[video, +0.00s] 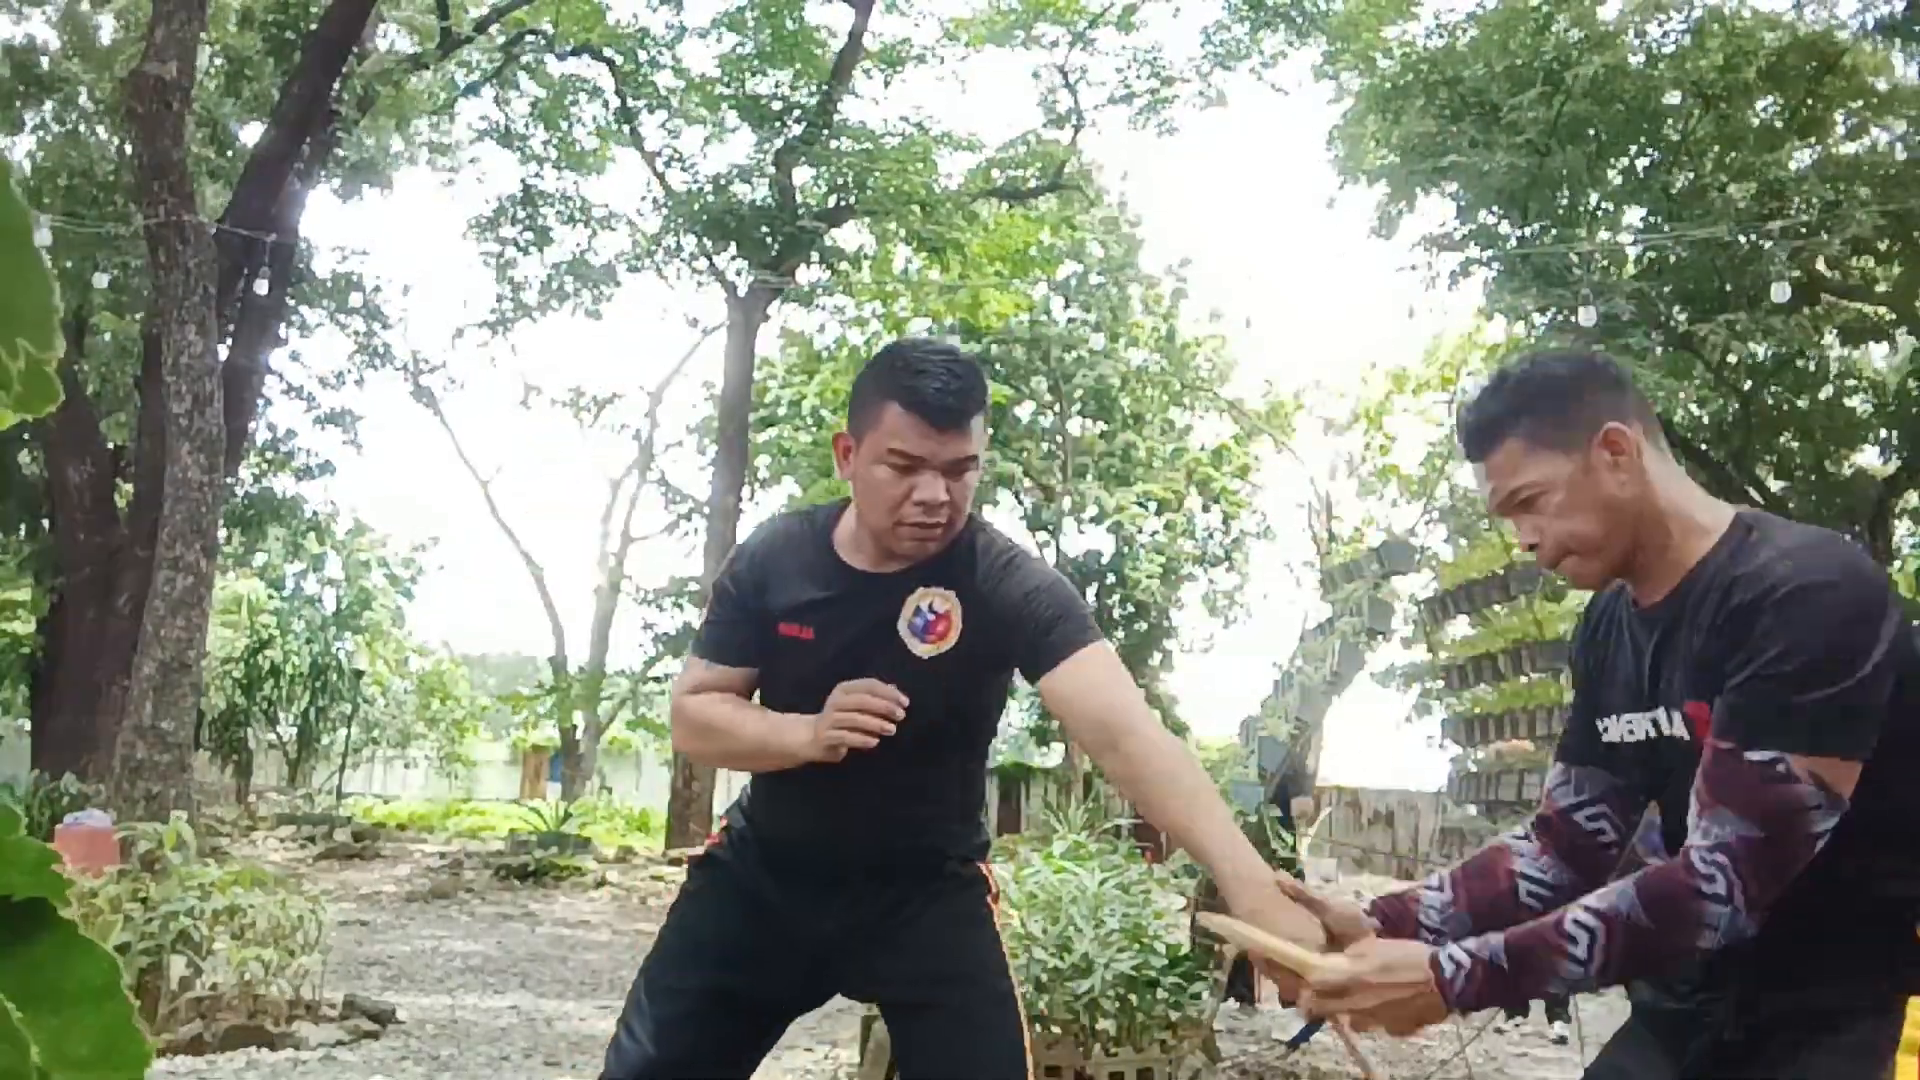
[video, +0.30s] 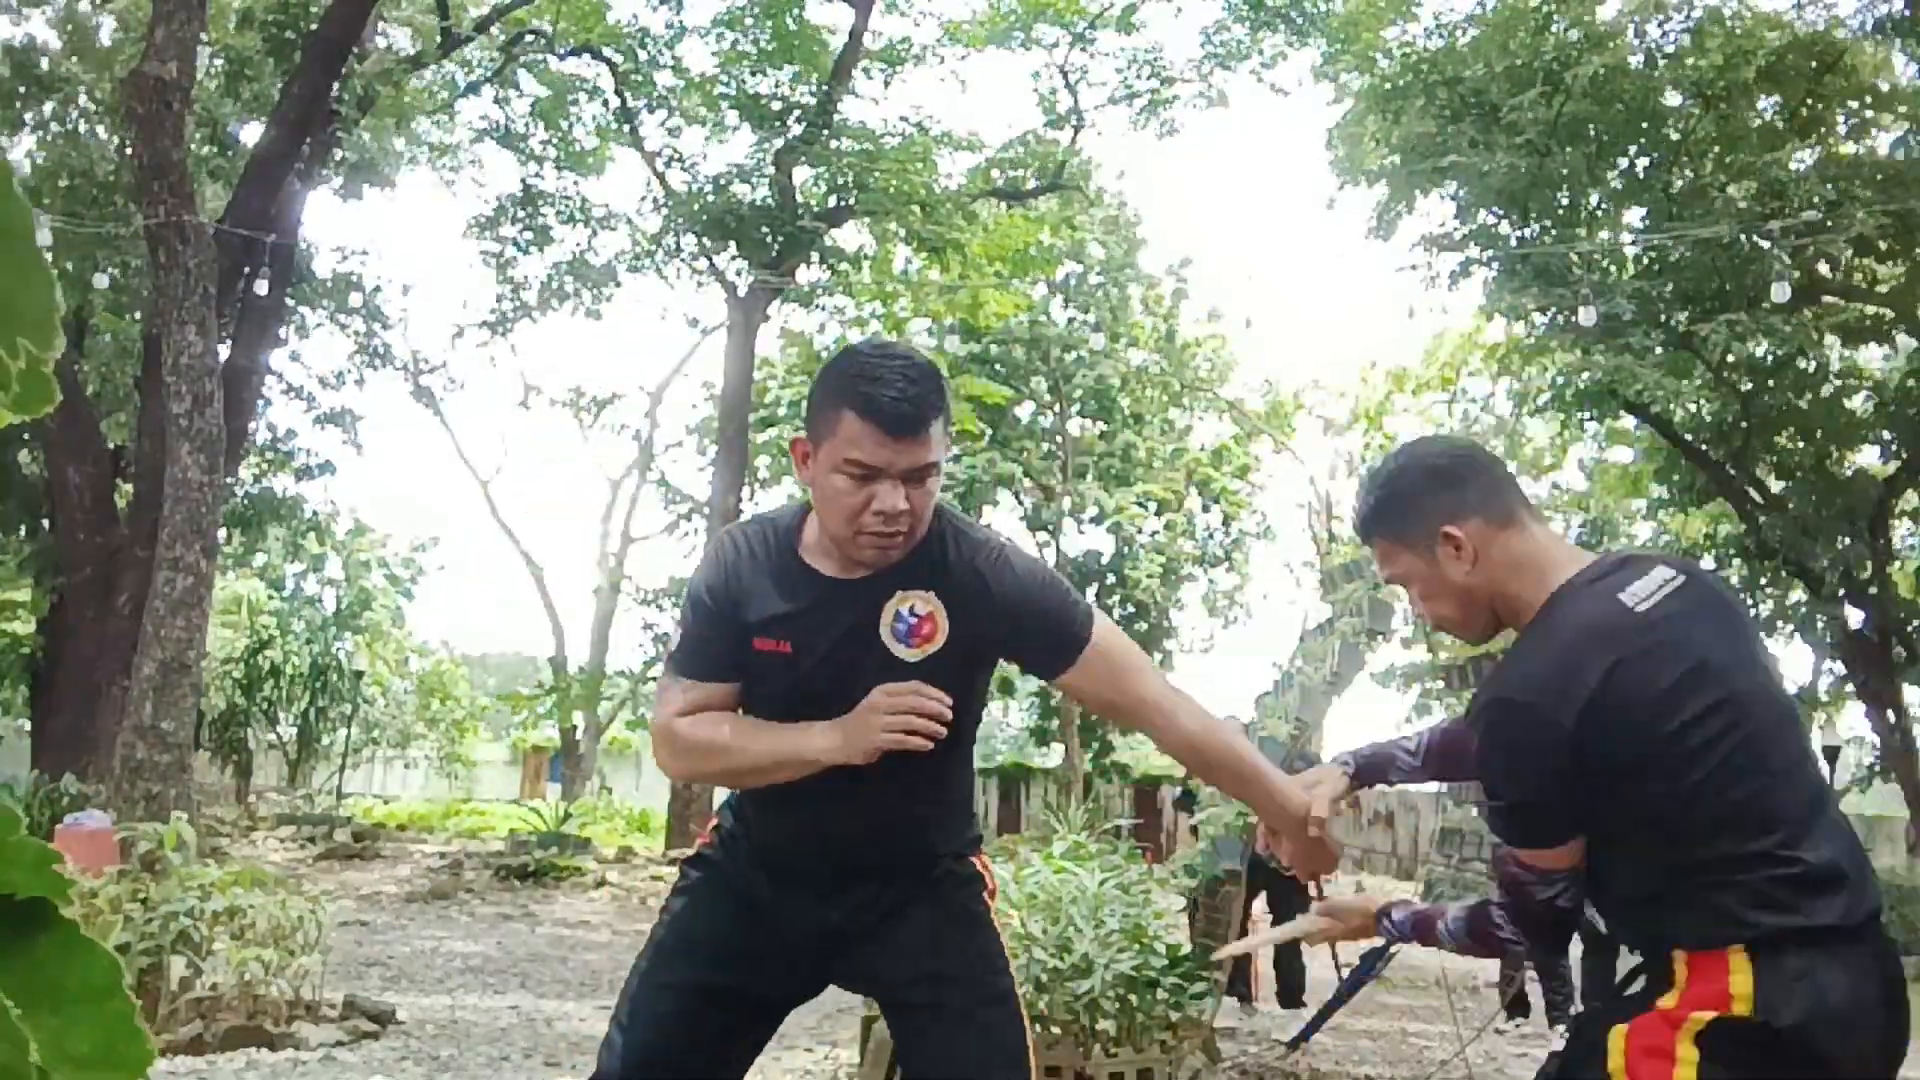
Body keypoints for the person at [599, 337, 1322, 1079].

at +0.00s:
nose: (936, 495)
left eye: (960, 468)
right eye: (907, 465)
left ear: (983, 458)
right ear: (848, 453)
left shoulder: (1008, 586)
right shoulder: (774, 560)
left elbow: (1128, 733)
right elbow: (691, 721)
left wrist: (1253, 887)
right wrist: (804, 735)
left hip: (927, 896)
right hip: (766, 879)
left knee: (982, 1067)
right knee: (647, 1062)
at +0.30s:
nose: (894, 506)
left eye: (918, 477)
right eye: (865, 475)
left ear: (942, 464)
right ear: (805, 459)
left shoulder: (980, 575)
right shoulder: (739, 569)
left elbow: (1142, 698)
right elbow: (677, 740)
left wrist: (1277, 797)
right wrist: (831, 738)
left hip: (922, 890)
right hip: (757, 878)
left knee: (985, 1071)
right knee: (639, 1066)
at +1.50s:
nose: (810, 500)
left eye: (841, 472)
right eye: (783, 470)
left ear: (885, 455)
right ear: (747, 450)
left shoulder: (941, 575)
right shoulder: (717, 568)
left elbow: (1092, 716)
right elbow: (671, 745)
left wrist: (1216, 878)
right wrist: (812, 713)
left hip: (921, 895)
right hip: (754, 884)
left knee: (991, 1072)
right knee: (621, 1069)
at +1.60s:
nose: (812, 493)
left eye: (842, 467)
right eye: (787, 463)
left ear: (885, 452)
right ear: (747, 444)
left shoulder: (932, 567)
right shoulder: (709, 562)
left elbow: (1054, 738)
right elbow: (662, 735)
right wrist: (806, 710)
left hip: (908, 886)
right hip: (745, 877)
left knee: (987, 1069)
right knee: (611, 1064)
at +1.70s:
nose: (826, 481)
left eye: (855, 458)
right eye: (799, 453)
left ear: (888, 445)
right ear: (748, 436)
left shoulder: (922, 556)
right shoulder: (695, 548)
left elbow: (1020, 736)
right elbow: (638, 723)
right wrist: (790, 709)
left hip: (877, 881)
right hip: (711, 878)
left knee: (968, 1065)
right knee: (593, 1064)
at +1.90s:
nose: (905, 478)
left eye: (922, 455)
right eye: (894, 445)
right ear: (823, 406)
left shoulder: (906, 546)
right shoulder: (668, 509)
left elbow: (928, 718)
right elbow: (576, 670)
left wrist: (913, 866)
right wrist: (747, 713)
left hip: (814, 862)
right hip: (658, 853)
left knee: (891, 1062)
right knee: (589, 1063)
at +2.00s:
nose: (958, 497)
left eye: (971, 480)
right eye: (954, 466)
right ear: (894, 420)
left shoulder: (920, 567)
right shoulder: (736, 496)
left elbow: (907, 715)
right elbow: (645, 659)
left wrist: (903, 836)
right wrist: (820, 721)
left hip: (801, 845)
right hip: (666, 839)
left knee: (891, 1054)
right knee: (618, 1063)